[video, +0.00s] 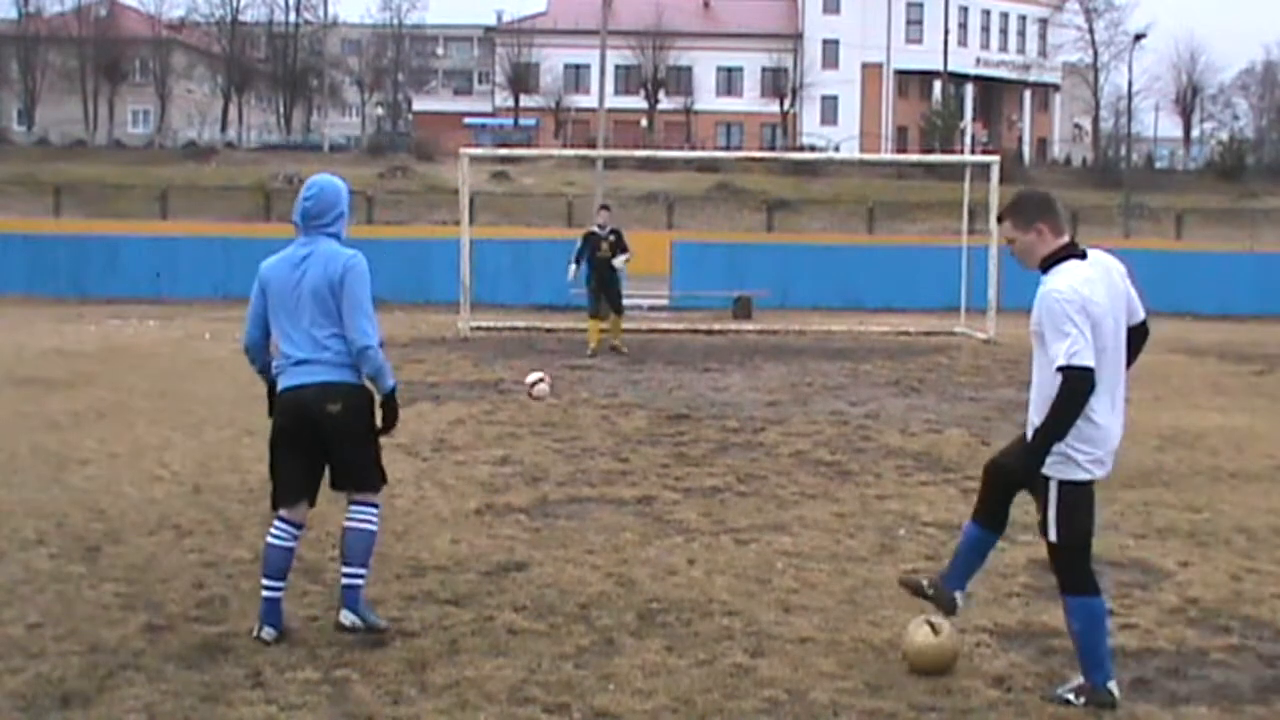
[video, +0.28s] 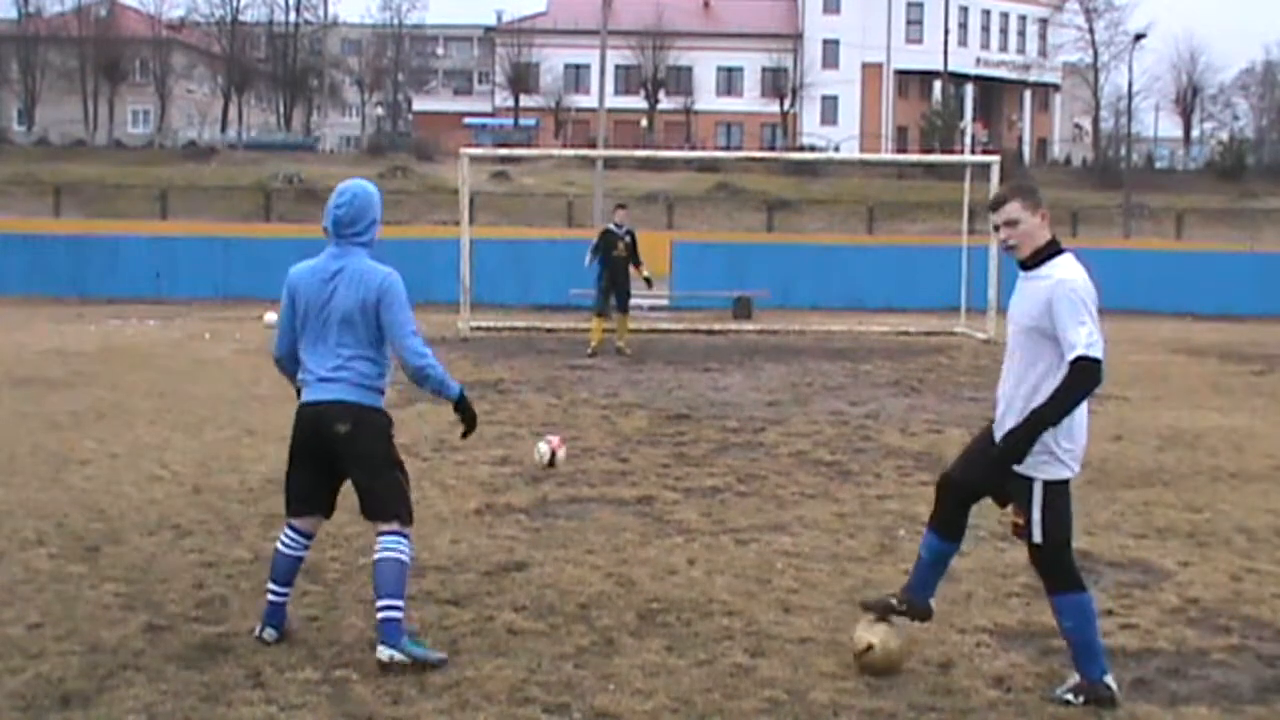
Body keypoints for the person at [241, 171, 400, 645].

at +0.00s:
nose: (349, 219)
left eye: (343, 211)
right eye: (347, 212)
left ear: (300, 213)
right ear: (341, 215)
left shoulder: (271, 266)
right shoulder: (350, 263)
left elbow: (254, 340)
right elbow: (362, 342)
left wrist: (272, 376)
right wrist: (388, 387)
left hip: (291, 400)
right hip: (344, 398)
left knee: (291, 506)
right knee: (364, 494)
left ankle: (270, 616)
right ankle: (352, 605)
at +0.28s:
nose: (379, 228)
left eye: (370, 219)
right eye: (378, 221)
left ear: (330, 222)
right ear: (374, 225)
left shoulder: (300, 275)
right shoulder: (384, 280)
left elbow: (283, 353)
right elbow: (411, 355)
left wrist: (311, 385)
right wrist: (456, 395)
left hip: (311, 418)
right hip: (363, 419)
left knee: (302, 519)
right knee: (392, 523)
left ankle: (271, 621)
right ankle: (392, 637)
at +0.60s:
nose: (431, 215)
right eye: (430, 207)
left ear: (382, 206)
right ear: (428, 210)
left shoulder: (351, 264)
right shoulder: (443, 265)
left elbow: (326, 342)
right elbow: (468, 339)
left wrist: (318, 399)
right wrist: (493, 384)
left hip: (363, 407)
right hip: (414, 412)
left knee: (373, 514)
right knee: (410, 528)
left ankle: (350, 627)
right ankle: (395, 643)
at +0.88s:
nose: (451, 231)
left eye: (451, 224)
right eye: (449, 224)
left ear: (400, 218)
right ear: (440, 224)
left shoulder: (361, 277)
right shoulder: (443, 278)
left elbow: (337, 355)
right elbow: (466, 360)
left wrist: (319, 413)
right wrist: (495, 414)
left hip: (385, 430)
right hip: (440, 427)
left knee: (415, 530)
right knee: (490, 517)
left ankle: (416, 646)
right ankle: (446, 608)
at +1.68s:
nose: (525, 239)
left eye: (525, 230)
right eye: (524, 230)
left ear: (472, 220)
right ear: (511, 230)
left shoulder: (420, 270)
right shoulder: (504, 286)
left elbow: (386, 354)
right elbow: (505, 380)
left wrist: (402, 406)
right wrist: (529, 434)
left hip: (404, 429)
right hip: (463, 436)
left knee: (424, 542)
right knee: (473, 556)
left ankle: (406, 658)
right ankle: (459, 680)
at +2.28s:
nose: (500, 233)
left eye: (497, 222)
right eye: (496, 225)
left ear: (451, 222)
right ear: (483, 225)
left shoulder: (418, 272)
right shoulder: (478, 280)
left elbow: (414, 350)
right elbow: (475, 366)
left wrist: (468, 386)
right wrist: (494, 393)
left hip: (393, 429)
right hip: (446, 436)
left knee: (390, 559)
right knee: (484, 555)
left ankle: (366, 684)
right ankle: (454, 682)